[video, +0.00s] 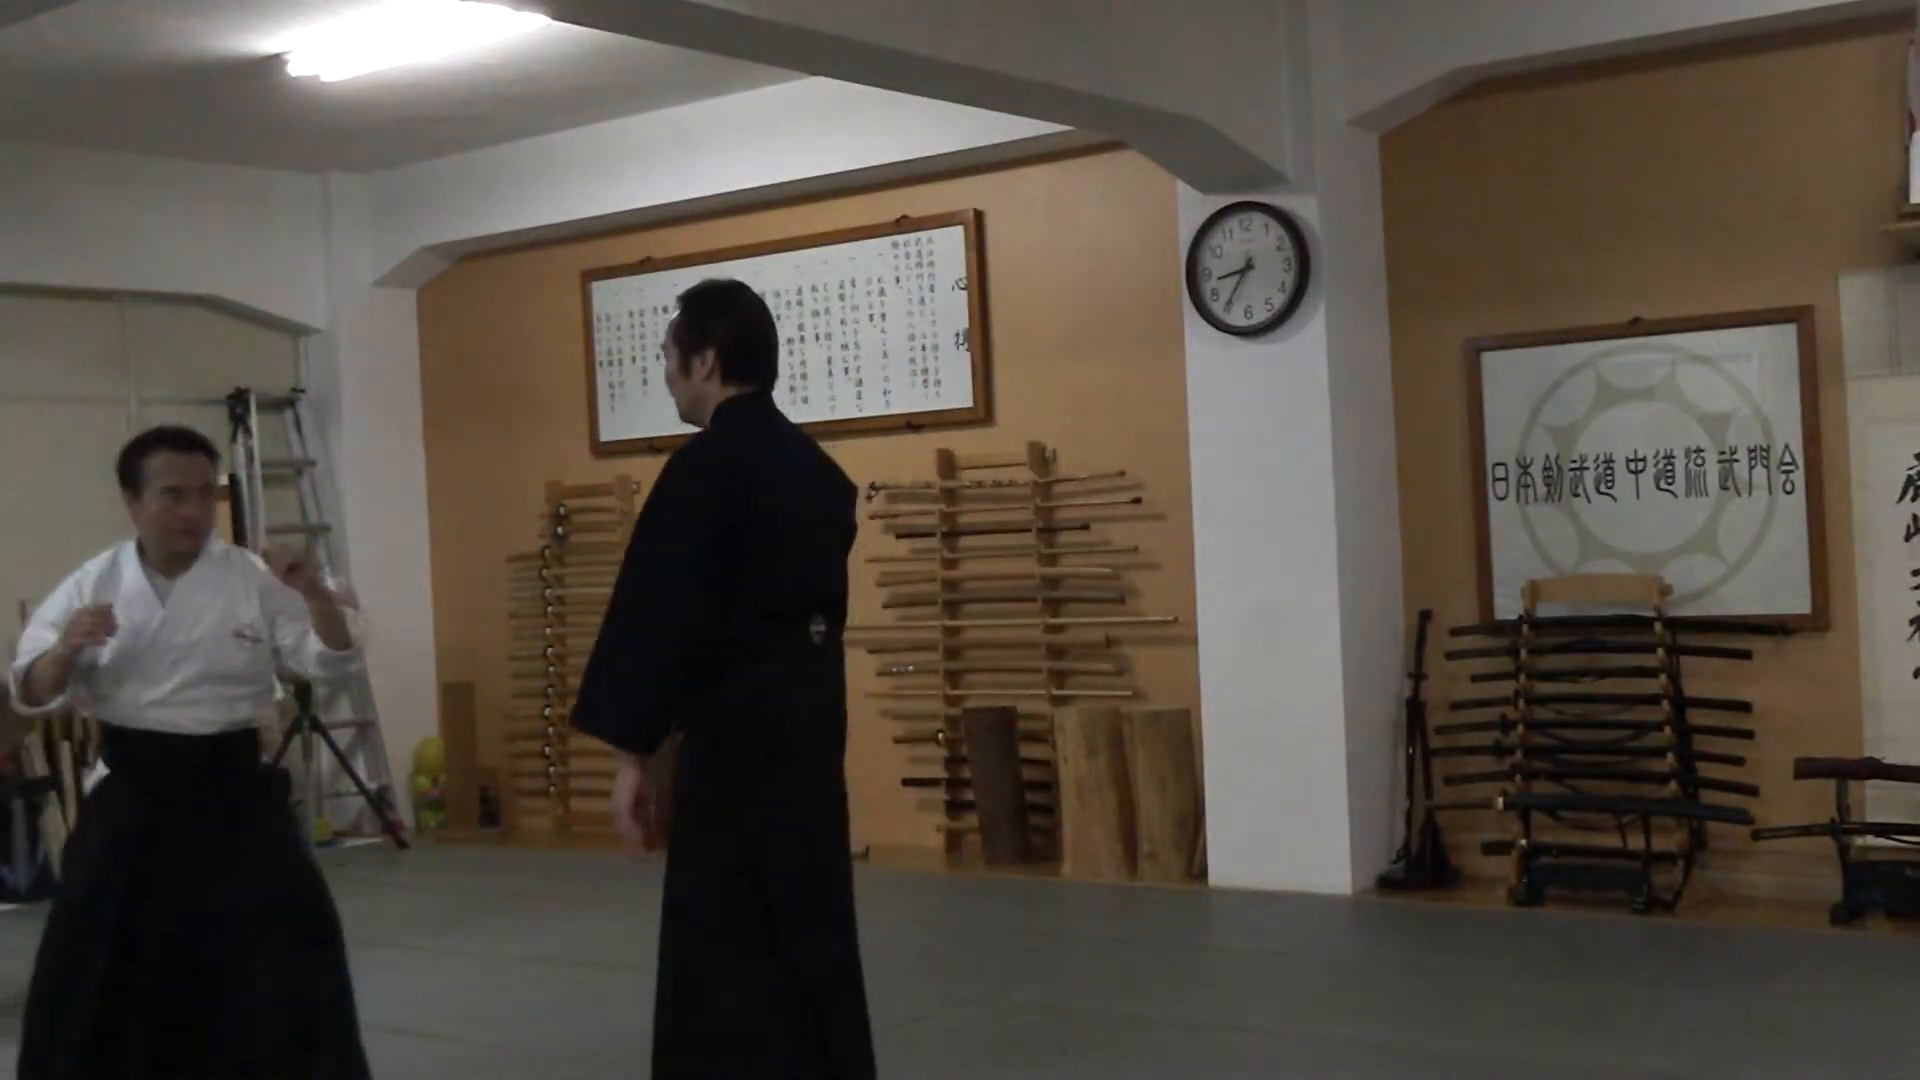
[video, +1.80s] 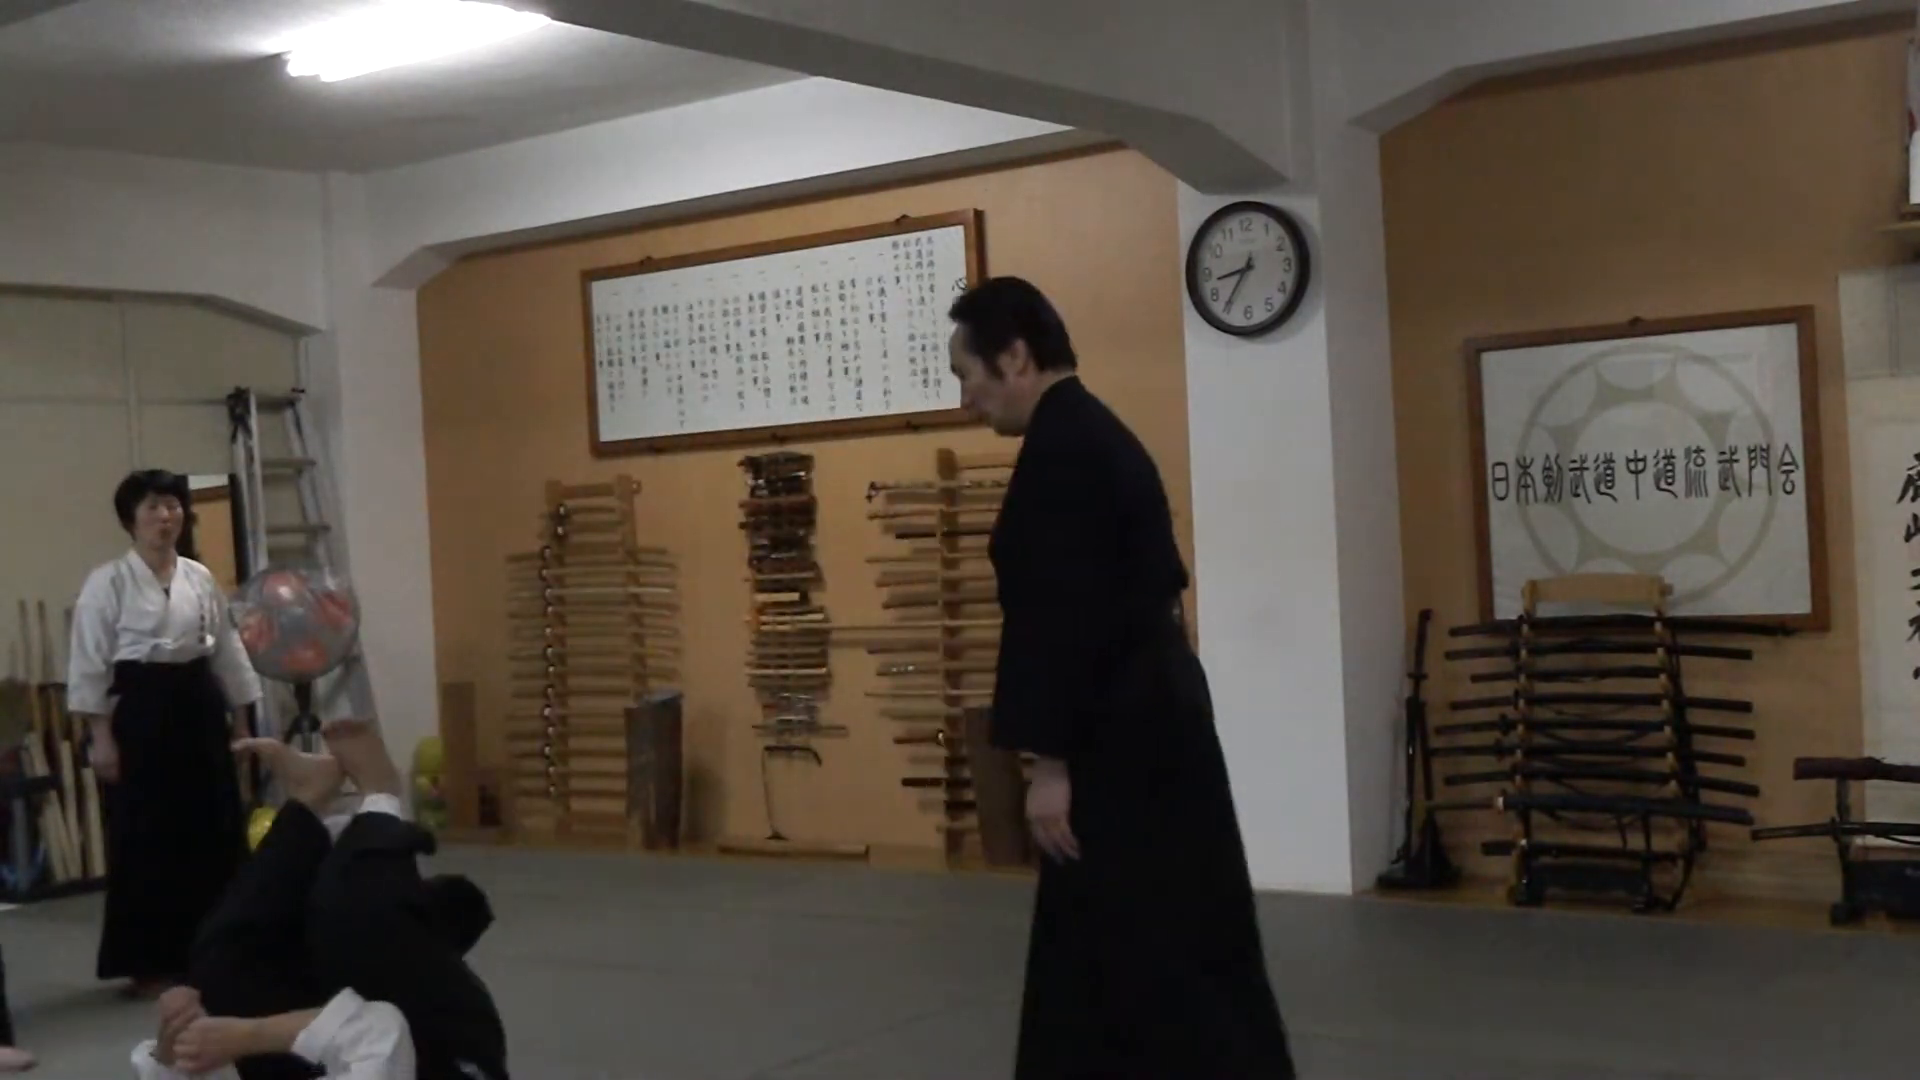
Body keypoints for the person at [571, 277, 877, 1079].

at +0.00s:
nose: (669, 379)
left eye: (673, 360)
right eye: (668, 361)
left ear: (706, 362)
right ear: (759, 361)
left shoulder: (702, 466)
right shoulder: (815, 466)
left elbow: (655, 612)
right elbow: (796, 624)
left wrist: (634, 760)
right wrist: (681, 747)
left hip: (728, 735)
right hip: (811, 726)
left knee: (718, 941)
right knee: (806, 932)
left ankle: (720, 1070)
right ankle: (814, 1066)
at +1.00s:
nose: (668, 425)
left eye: (665, 405)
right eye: (663, 408)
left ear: (689, 391)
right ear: (750, 384)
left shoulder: (703, 487)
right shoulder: (821, 484)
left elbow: (665, 633)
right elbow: (822, 634)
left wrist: (651, 771)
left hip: (744, 740)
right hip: (836, 727)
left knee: (699, 938)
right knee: (824, 933)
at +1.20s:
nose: (756, 409)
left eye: (756, 387)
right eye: (751, 390)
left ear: (792, 373)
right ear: (826, 370)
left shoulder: (814, 475)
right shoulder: (899, 464)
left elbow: (790, 629)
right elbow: (903, 625)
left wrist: (780, 770)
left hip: (843, 756)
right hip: (915, 739)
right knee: (931, 952)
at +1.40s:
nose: (838, 429)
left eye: (837, 410)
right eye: (832, 413)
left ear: (876, 389)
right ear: (895, 388)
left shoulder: (922, 477)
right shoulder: (965, 464)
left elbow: (923, 639)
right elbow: (990, 625)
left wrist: (901, 779)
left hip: (965, 752)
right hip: (1014, 741)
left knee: (863, 960)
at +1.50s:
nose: (878, 427)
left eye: (877, 407)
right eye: (872, 411)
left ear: (919, 388)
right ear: (938, 384)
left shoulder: (963, 472)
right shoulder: (1003, 462)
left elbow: (956, 634)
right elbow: (1043, 605)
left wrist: (942, 780)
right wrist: (929, 590)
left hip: (1005, 754)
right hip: (1048, 742)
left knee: (937, 976)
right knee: (1035, 967)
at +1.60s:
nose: (908, 412)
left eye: (910, 390)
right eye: (903, 393)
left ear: (959, 376)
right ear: (971, 376)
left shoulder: (1003, 465)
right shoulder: (1029, 453)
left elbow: (989, 630)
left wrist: (980, 772)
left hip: (1040, 751)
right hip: (1067, 736)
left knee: (1010, 976)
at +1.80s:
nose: (963, 397)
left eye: (966, 373)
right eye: (958, 376)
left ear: (1016, 357)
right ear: (1025, 358)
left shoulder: (1061, 447)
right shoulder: (1092, 435)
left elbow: (1053, 618)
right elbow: (1154, 593)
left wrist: (1048, 763)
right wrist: (1058, 756)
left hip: (1117, 744)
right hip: (1150, 726)